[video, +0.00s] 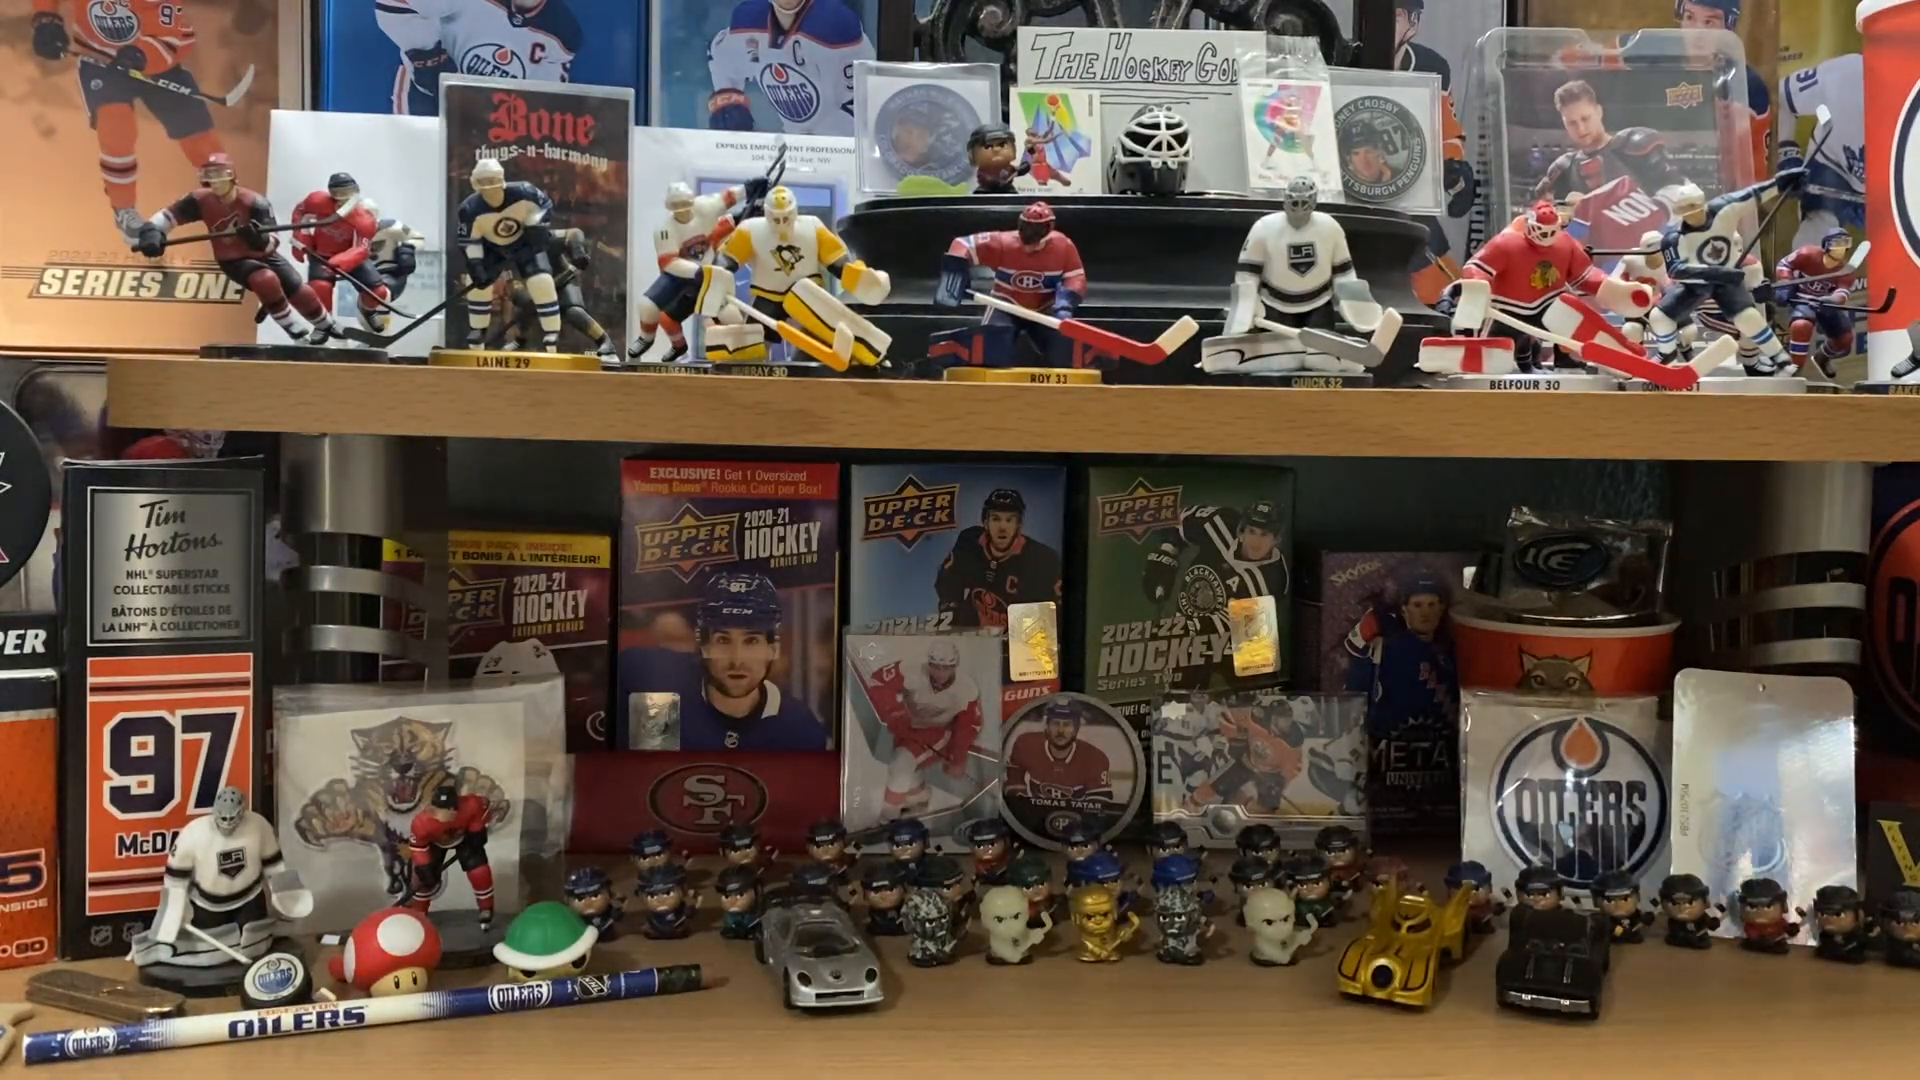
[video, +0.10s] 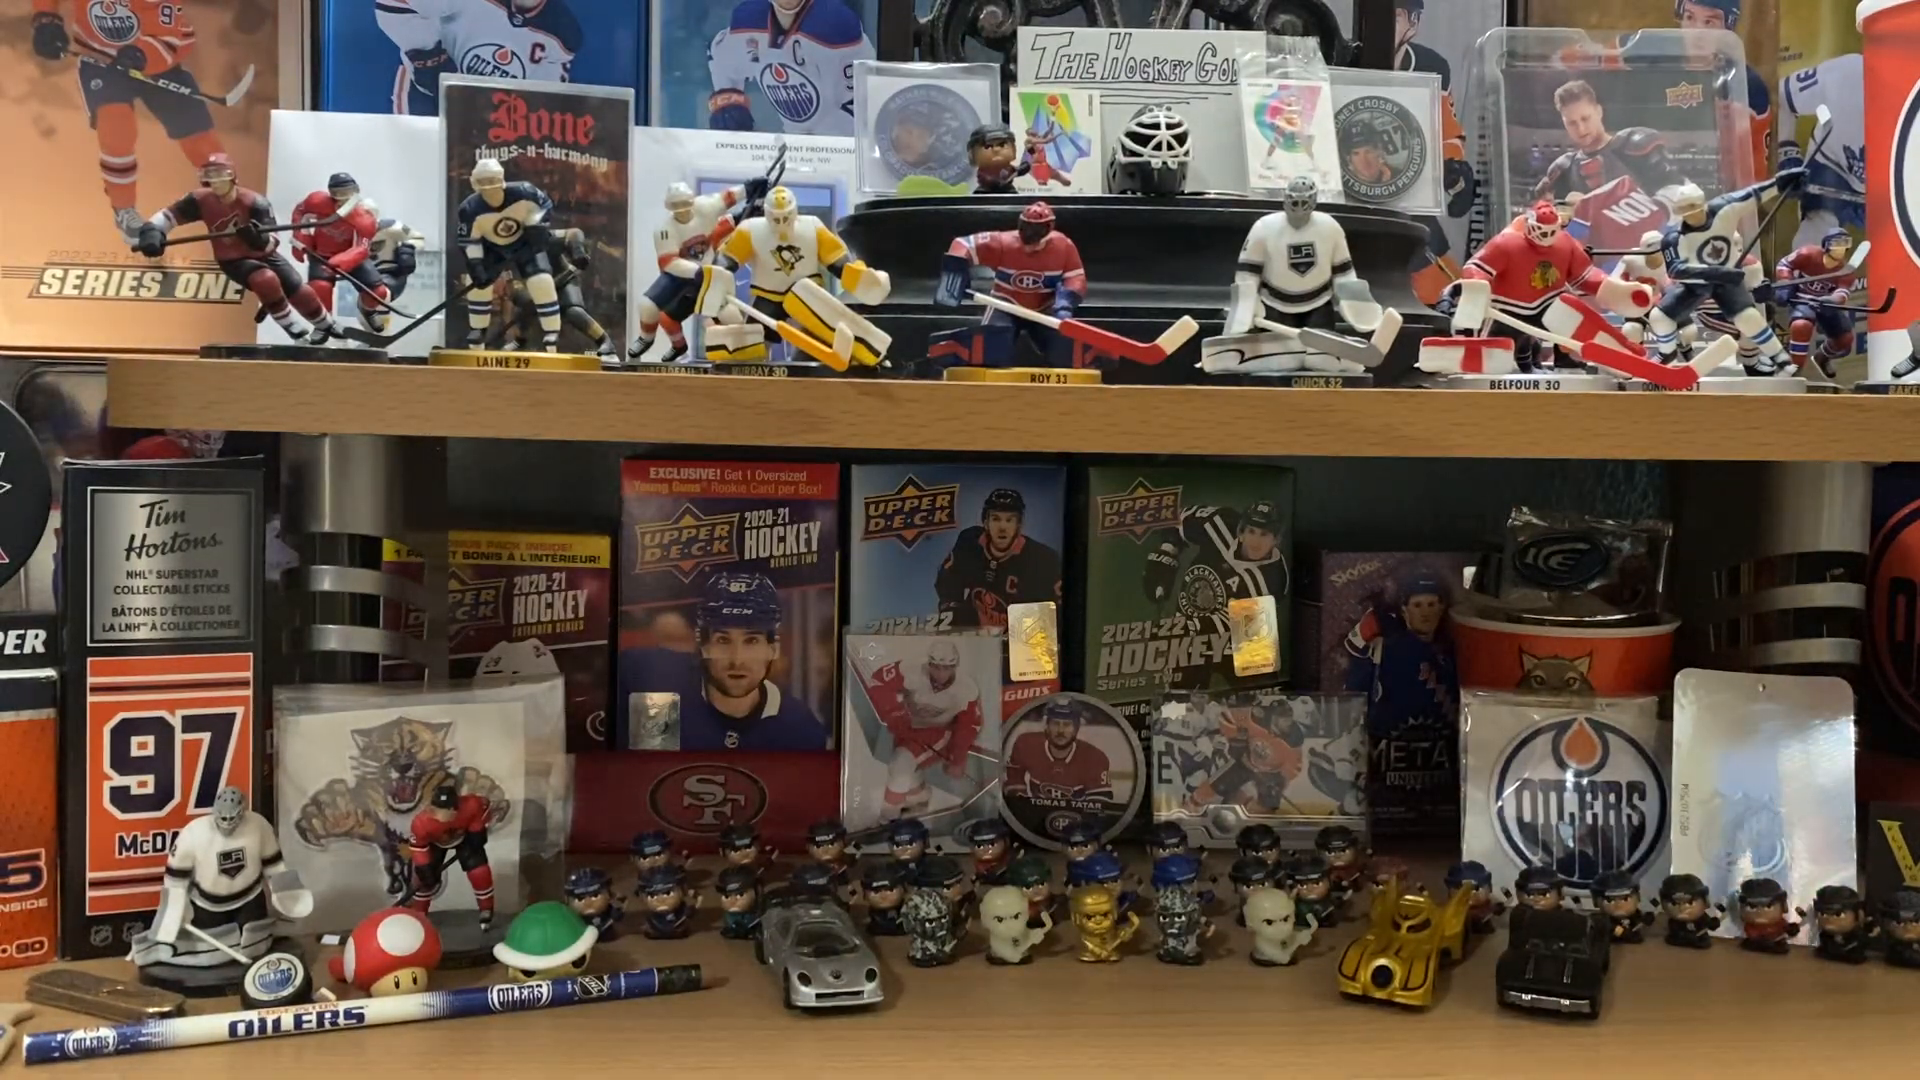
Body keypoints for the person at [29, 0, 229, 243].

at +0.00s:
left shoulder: (160, 7)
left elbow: (179, 39)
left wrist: (142, 54)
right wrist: (46, 18)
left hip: (157, 62)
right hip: (100, 61)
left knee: (206, 149)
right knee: (118, 128)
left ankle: (232, 210)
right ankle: (125, 211)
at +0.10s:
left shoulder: (160, 7)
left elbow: (178, 39)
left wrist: (142, 54)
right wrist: (46, 18)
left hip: (157, 61)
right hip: (100, 61)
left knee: (205, 148)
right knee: (118, 127)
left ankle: (232, 208)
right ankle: (125, 211)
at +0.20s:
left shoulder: (160, 7)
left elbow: (176, 40)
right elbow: (47, 2)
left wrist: (142, 54)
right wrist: (46, 18)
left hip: (157, 62)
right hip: (100, 62)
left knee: (206, 149)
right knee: (118, 128)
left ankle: (232, 210)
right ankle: (125, 211)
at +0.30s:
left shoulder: (160, 7)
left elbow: (175, 40)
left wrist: (142, 54)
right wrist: (46, 18)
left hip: (157, 62)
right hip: (100, 61)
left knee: (206, 148)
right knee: (118, 128)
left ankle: (232, 210)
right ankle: (125, 211)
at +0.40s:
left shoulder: (160, 8)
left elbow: (178, 39)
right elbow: (47, 2)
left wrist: (142, 54)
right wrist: (46, 18)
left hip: (157, 61)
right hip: (100, 61)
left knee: (205, 147)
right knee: (118, 128)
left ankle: (232, 210)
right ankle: (125, 211)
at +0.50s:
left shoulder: (160, 7)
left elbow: (180, 39)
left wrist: (143, 54)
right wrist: (46, 18)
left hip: (157, 61)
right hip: (99, 60)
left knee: (205, 148)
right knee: (118, 127)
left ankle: (232, 209)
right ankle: (125, 211)